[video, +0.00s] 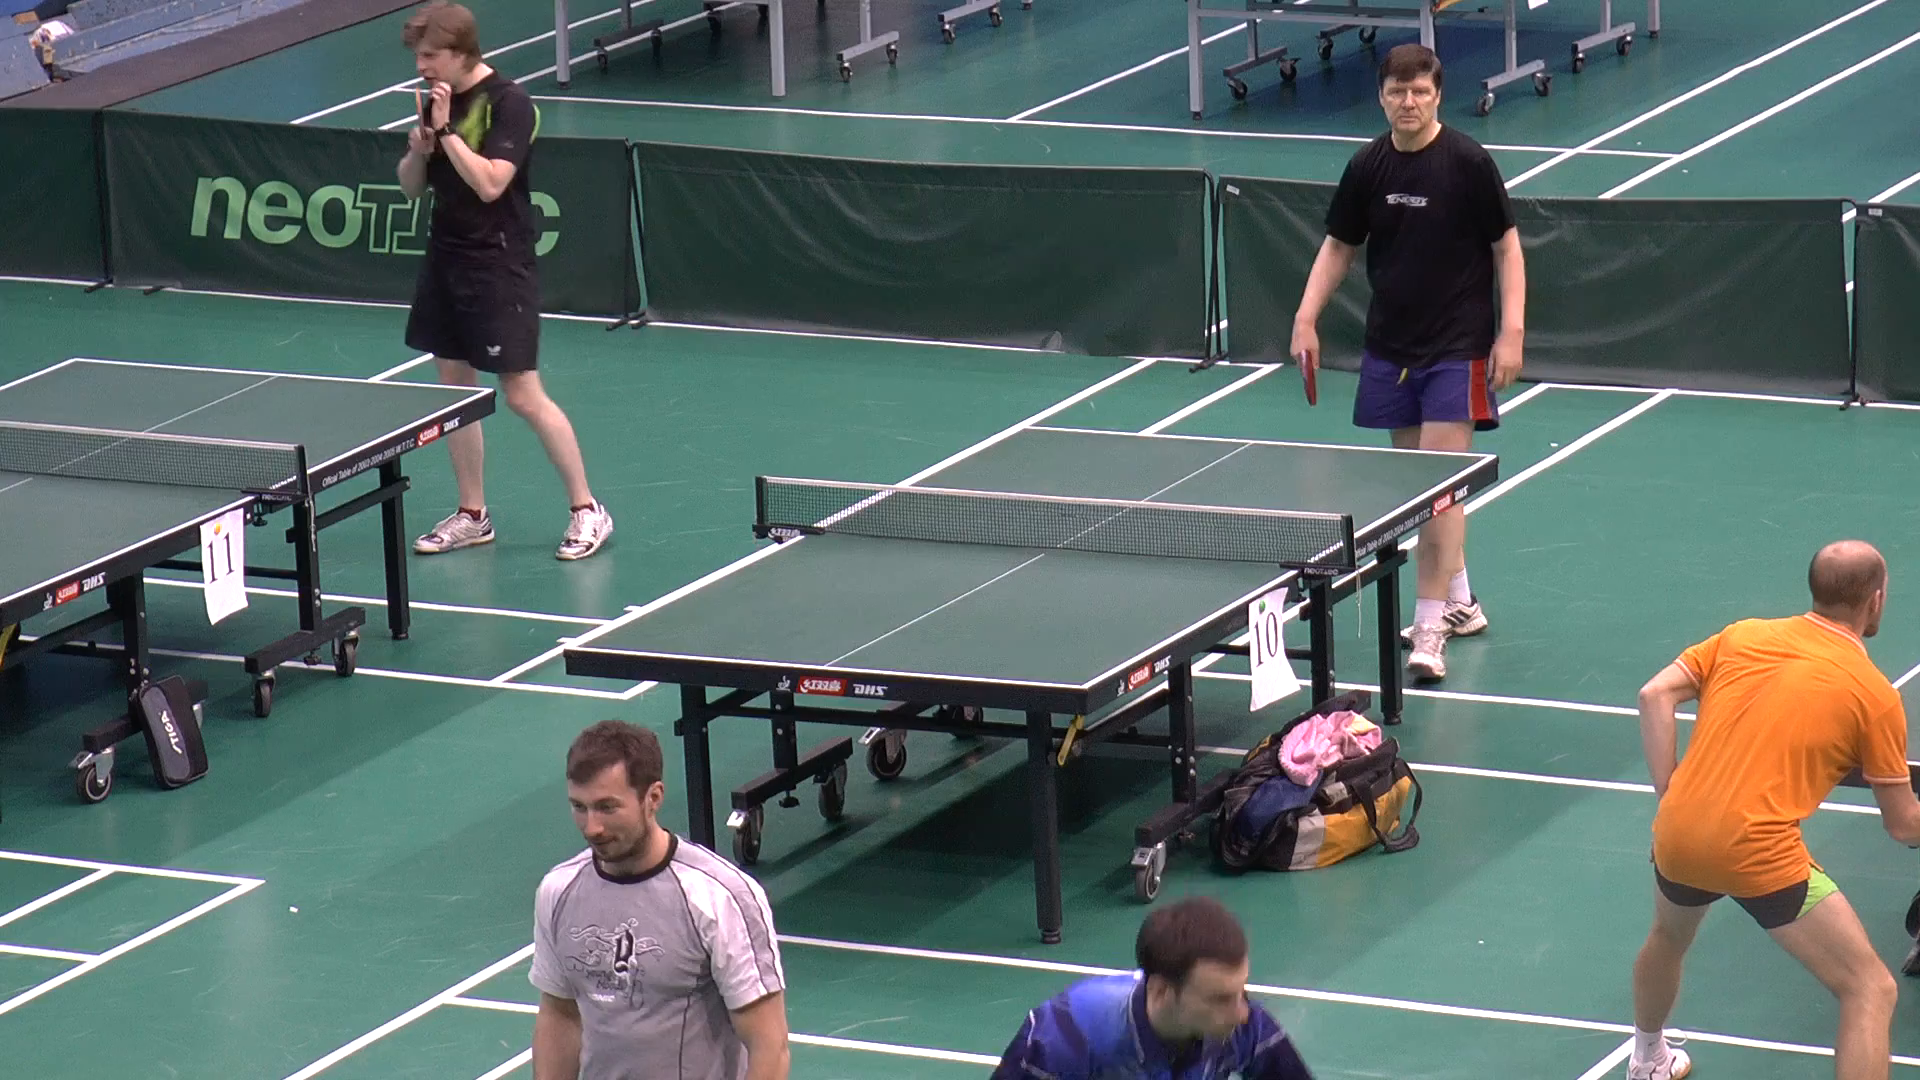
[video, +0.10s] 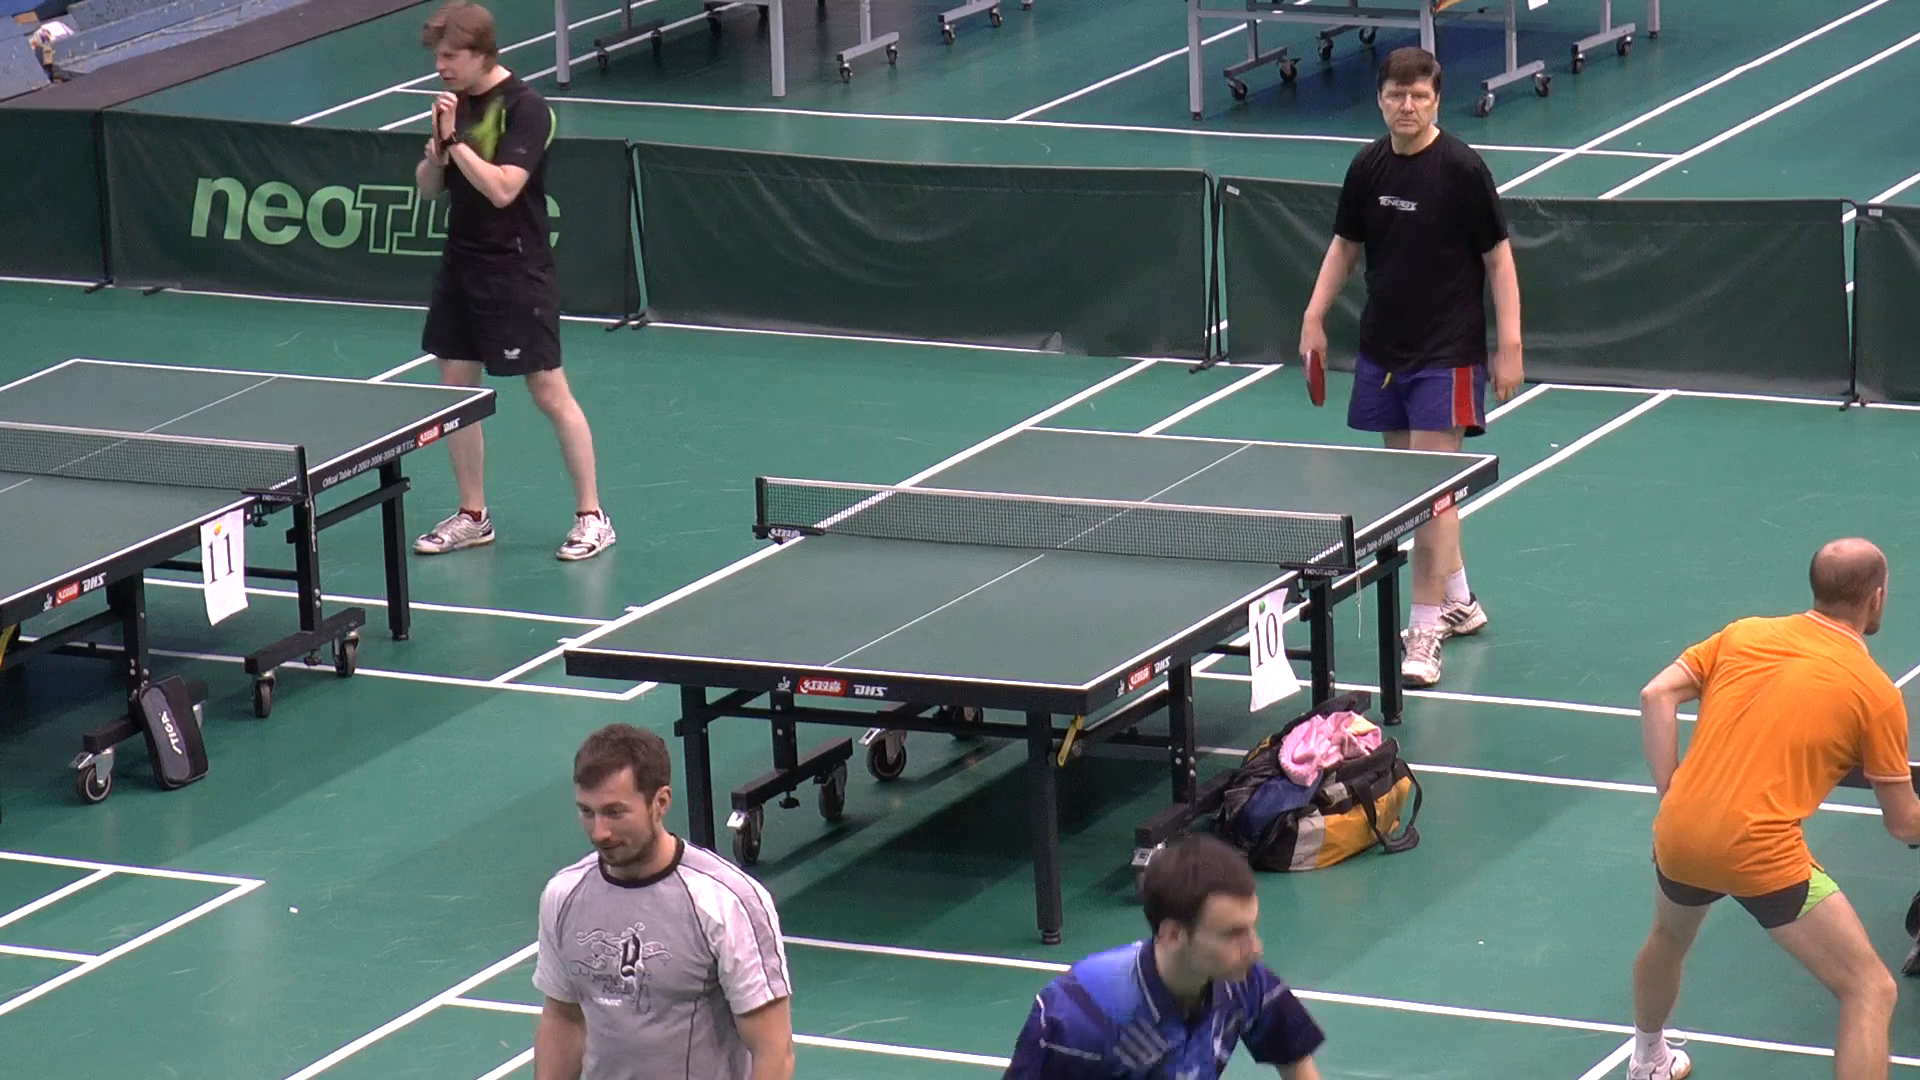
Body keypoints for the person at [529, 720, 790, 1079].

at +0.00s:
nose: (591, 828)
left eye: (608, 807)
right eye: (579, 807)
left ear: (652, 798)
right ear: (570, 799)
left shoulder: (726, 898)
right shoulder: (558, 893)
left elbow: (770, 1049)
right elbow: (559, 1015)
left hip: (704, 1072)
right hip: (602, 1073)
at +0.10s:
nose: (598, 833)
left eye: (615, 812)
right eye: (586, 812)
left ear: (661, 803)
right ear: (577, 805)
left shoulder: (733, 903)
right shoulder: (563, 898)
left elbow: (774, 1053)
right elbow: (563, 1019)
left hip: (708, 1072)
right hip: (605, 1073)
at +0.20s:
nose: (602, 838)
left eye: (619, 817)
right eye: (590, 817)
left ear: (664, 808)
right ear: (581, 809)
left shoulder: (735, 909)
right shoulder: (563, 904)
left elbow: (773, 1059)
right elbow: (562, 1024)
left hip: (705, 1074)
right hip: (601, 1074)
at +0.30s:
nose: (602, 846)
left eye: (619, 825)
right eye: (590, 825)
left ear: (664, 818)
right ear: (581, 818)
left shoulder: (734, 919)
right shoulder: (560, 911)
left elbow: (767, 1067)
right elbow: (556, 1031)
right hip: (598, 1074)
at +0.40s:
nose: (598, 853)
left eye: (615, 833)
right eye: (587, 832)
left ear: (660, 826)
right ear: (577, 825)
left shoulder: (730, 927)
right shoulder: (552, 922)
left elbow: (760, 1072)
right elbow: (545, 1040)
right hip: (596, 1074)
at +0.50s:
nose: (595, 859)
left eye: (613, 838)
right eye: (583, 837)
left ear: (658, 833)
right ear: (574, 830)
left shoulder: (732, 930)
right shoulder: (548, 930)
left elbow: (761, 1073)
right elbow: (535, 1050)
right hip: (597, 1072)